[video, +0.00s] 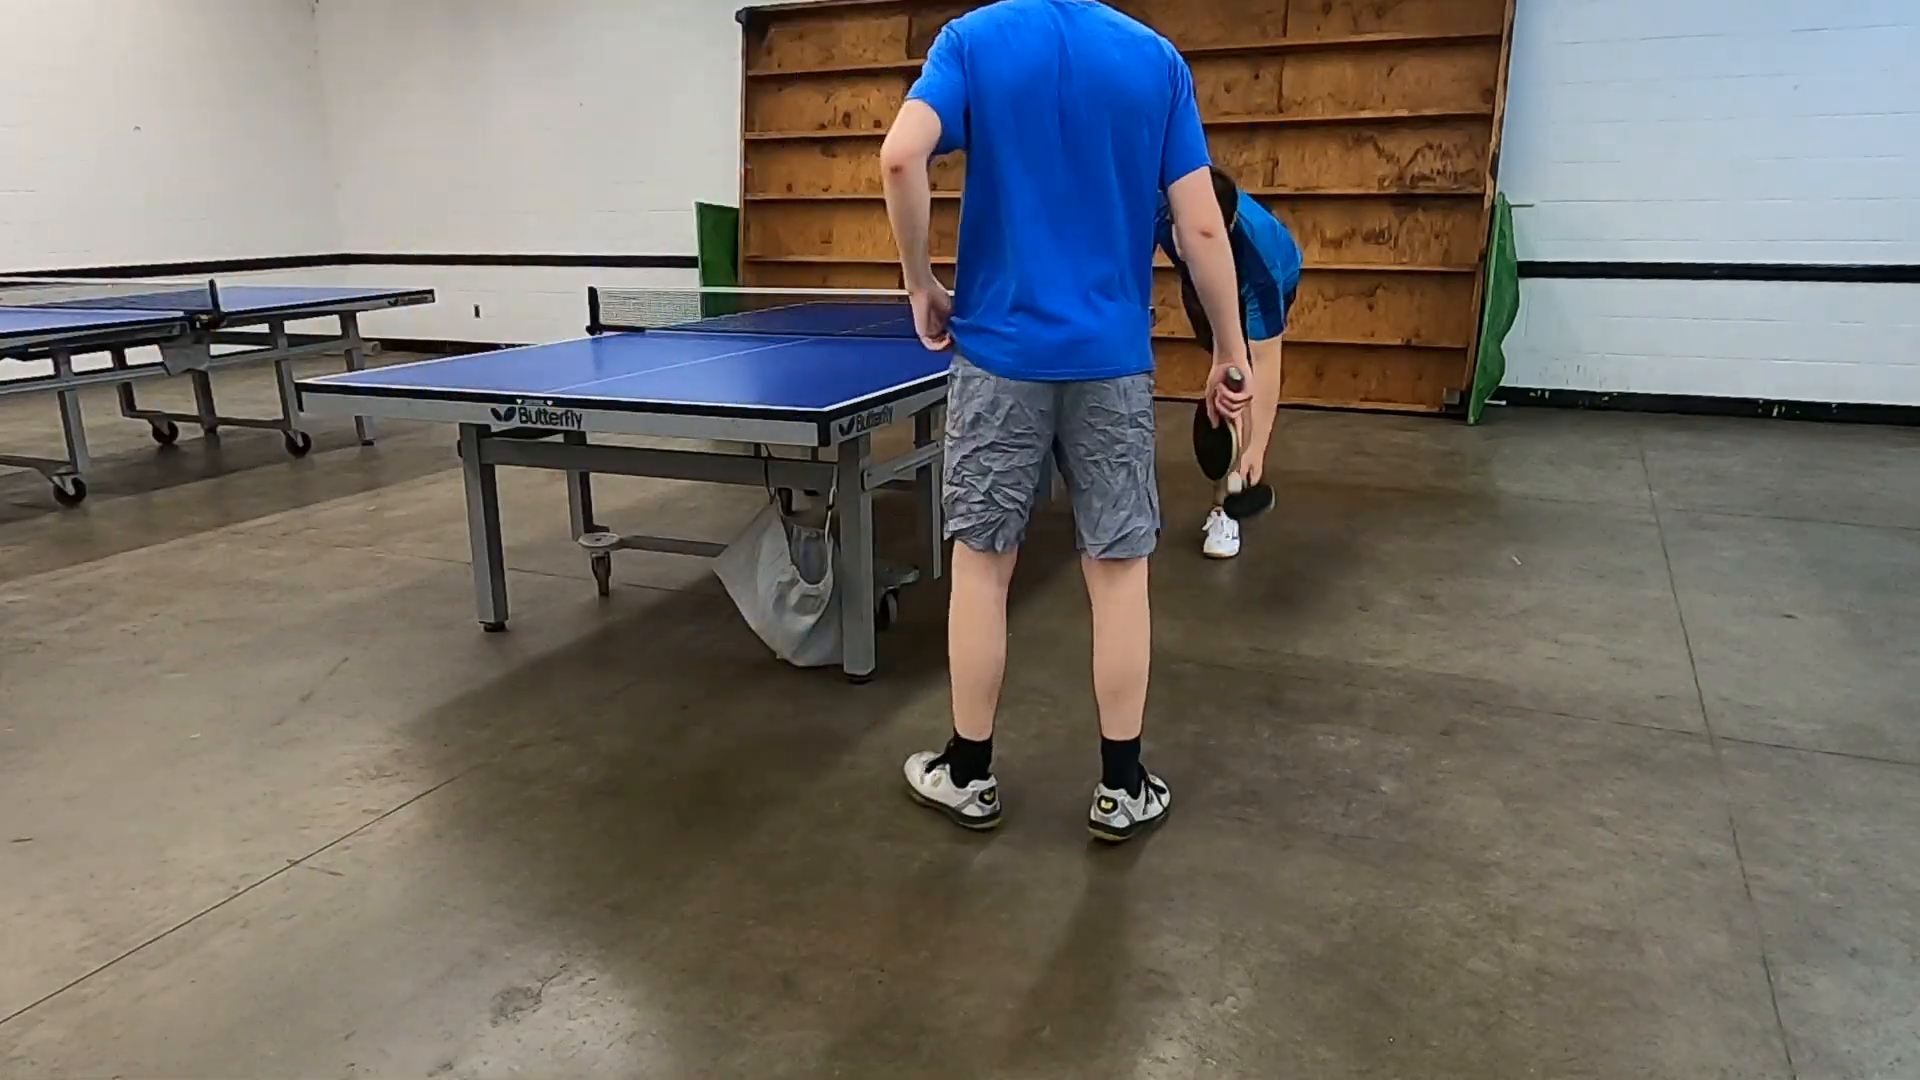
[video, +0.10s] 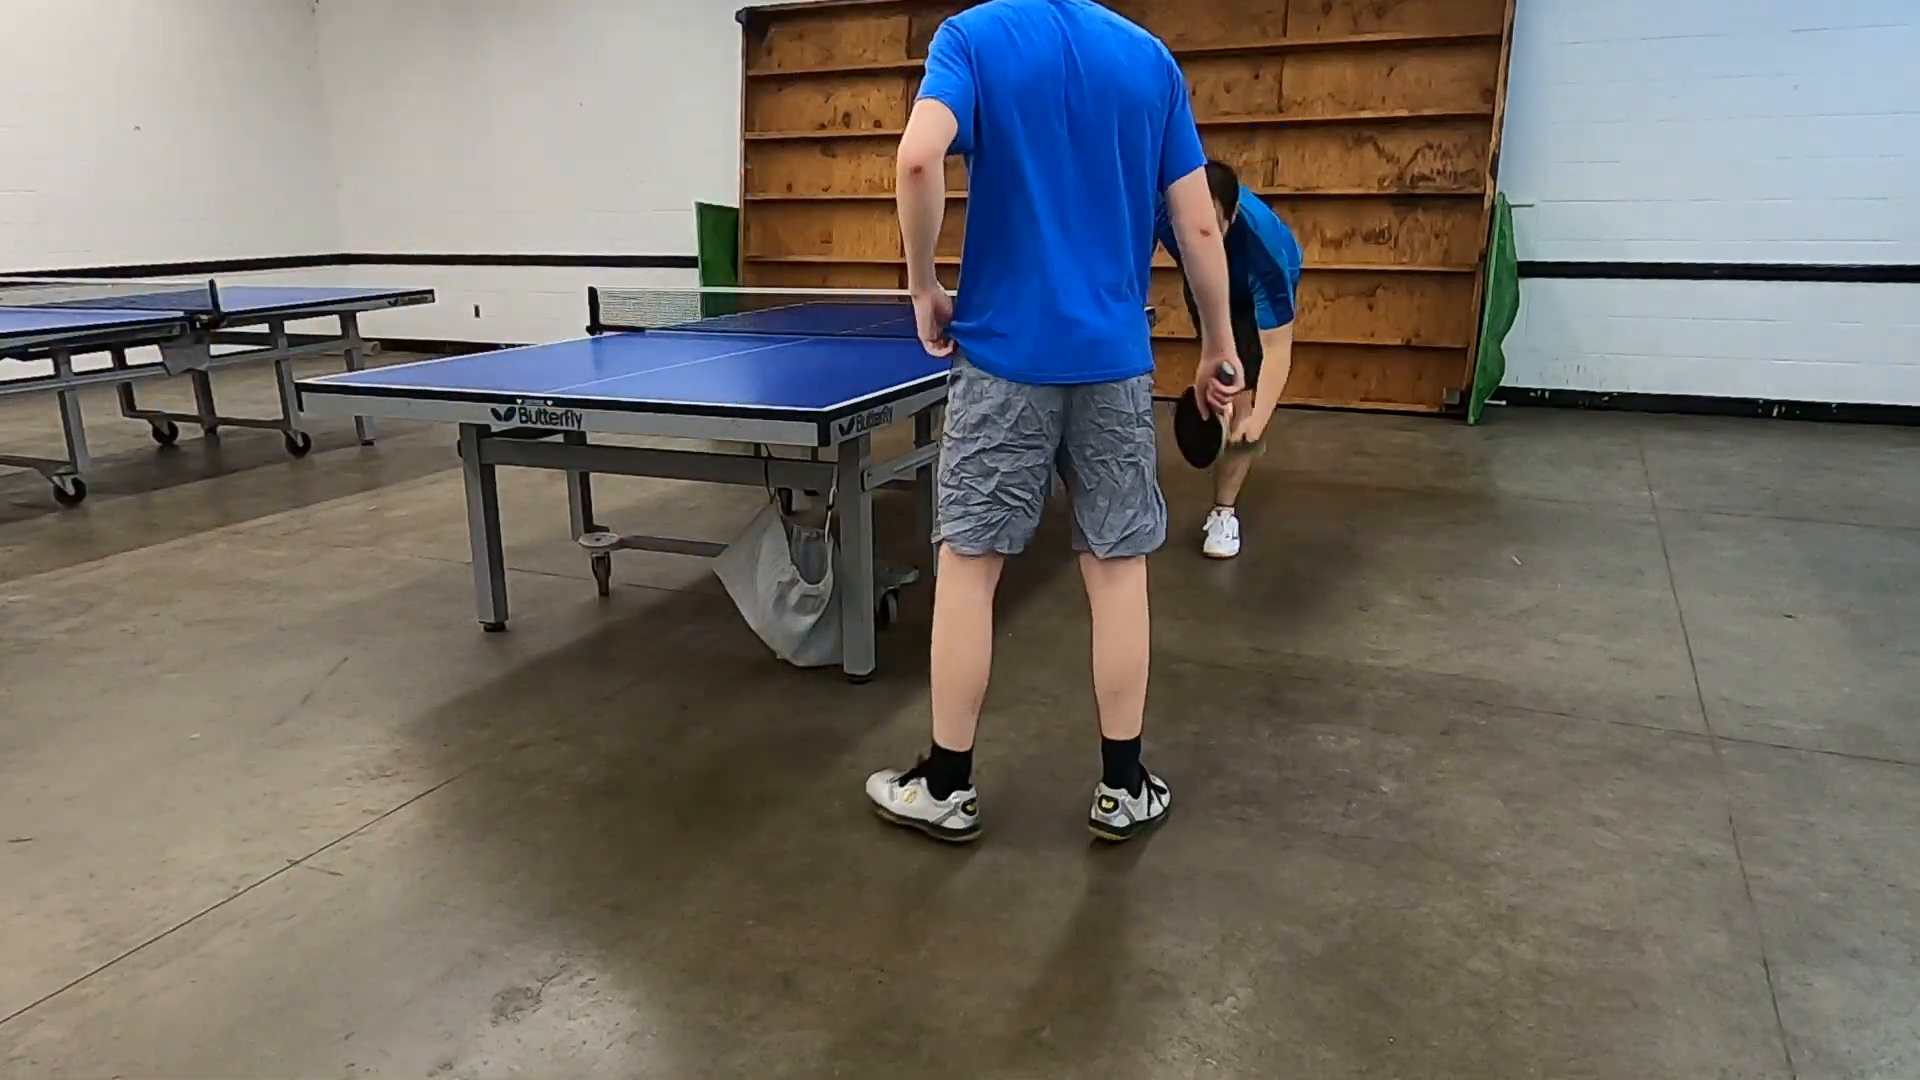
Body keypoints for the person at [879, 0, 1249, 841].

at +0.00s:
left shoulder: (974, 37)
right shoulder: (1158, 58)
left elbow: (901, 156)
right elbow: (1201, 224)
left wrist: (920, 281)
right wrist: (1231, 345)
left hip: (1001, 351)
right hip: (1113, 354)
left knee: (981, 562)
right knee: (1118, 565)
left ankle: (969, 773)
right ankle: (1122, 784)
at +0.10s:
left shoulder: (973, 33)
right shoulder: (1152, 57)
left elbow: (919, 156)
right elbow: (1197, 221)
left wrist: (925, 284)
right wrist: (1220, 340)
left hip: (1007, 351)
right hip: (1116, 352)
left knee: (968, 558)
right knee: (1116, 562)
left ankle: (947, 784)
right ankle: (1123, 784)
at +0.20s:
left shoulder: (956, 34)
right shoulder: (1127, 51)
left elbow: (924, 163)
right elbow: (1176, 219)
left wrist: (921, 292)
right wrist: (1189, 338)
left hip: (999, 357)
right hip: (1109, 356)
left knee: (949, 570)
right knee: (1111, 571)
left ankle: (923, 797)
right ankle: (1124, 787)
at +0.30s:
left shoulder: (924, 43)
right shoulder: (1092, 53)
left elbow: (909, 177)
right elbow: (1144, 231)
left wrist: (903, 310)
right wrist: (1150, 334)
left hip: (976, 364)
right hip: (1085, 361)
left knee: (933, 582)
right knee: (1097, 570)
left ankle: (909, 816)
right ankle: (1124, 789)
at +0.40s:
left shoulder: (883, 47)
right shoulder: (1054, 55)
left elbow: (869, 183)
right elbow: (1108, 226)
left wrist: (869, 317)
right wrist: (1117, 329)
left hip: (940, 375)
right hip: (1049, 369)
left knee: (914, 588)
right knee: (1075, 574)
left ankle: (906, 818)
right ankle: (1114, 784)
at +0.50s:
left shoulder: (853, 41)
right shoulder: (1028, 52)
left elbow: (824, 170)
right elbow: (1085, 222)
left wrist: (832, 312)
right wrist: (1104, 336)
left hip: (917, 365)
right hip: (1031, 358)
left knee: (903, 589)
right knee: (1058, 571)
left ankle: (905, 818)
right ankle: (1096, 780)